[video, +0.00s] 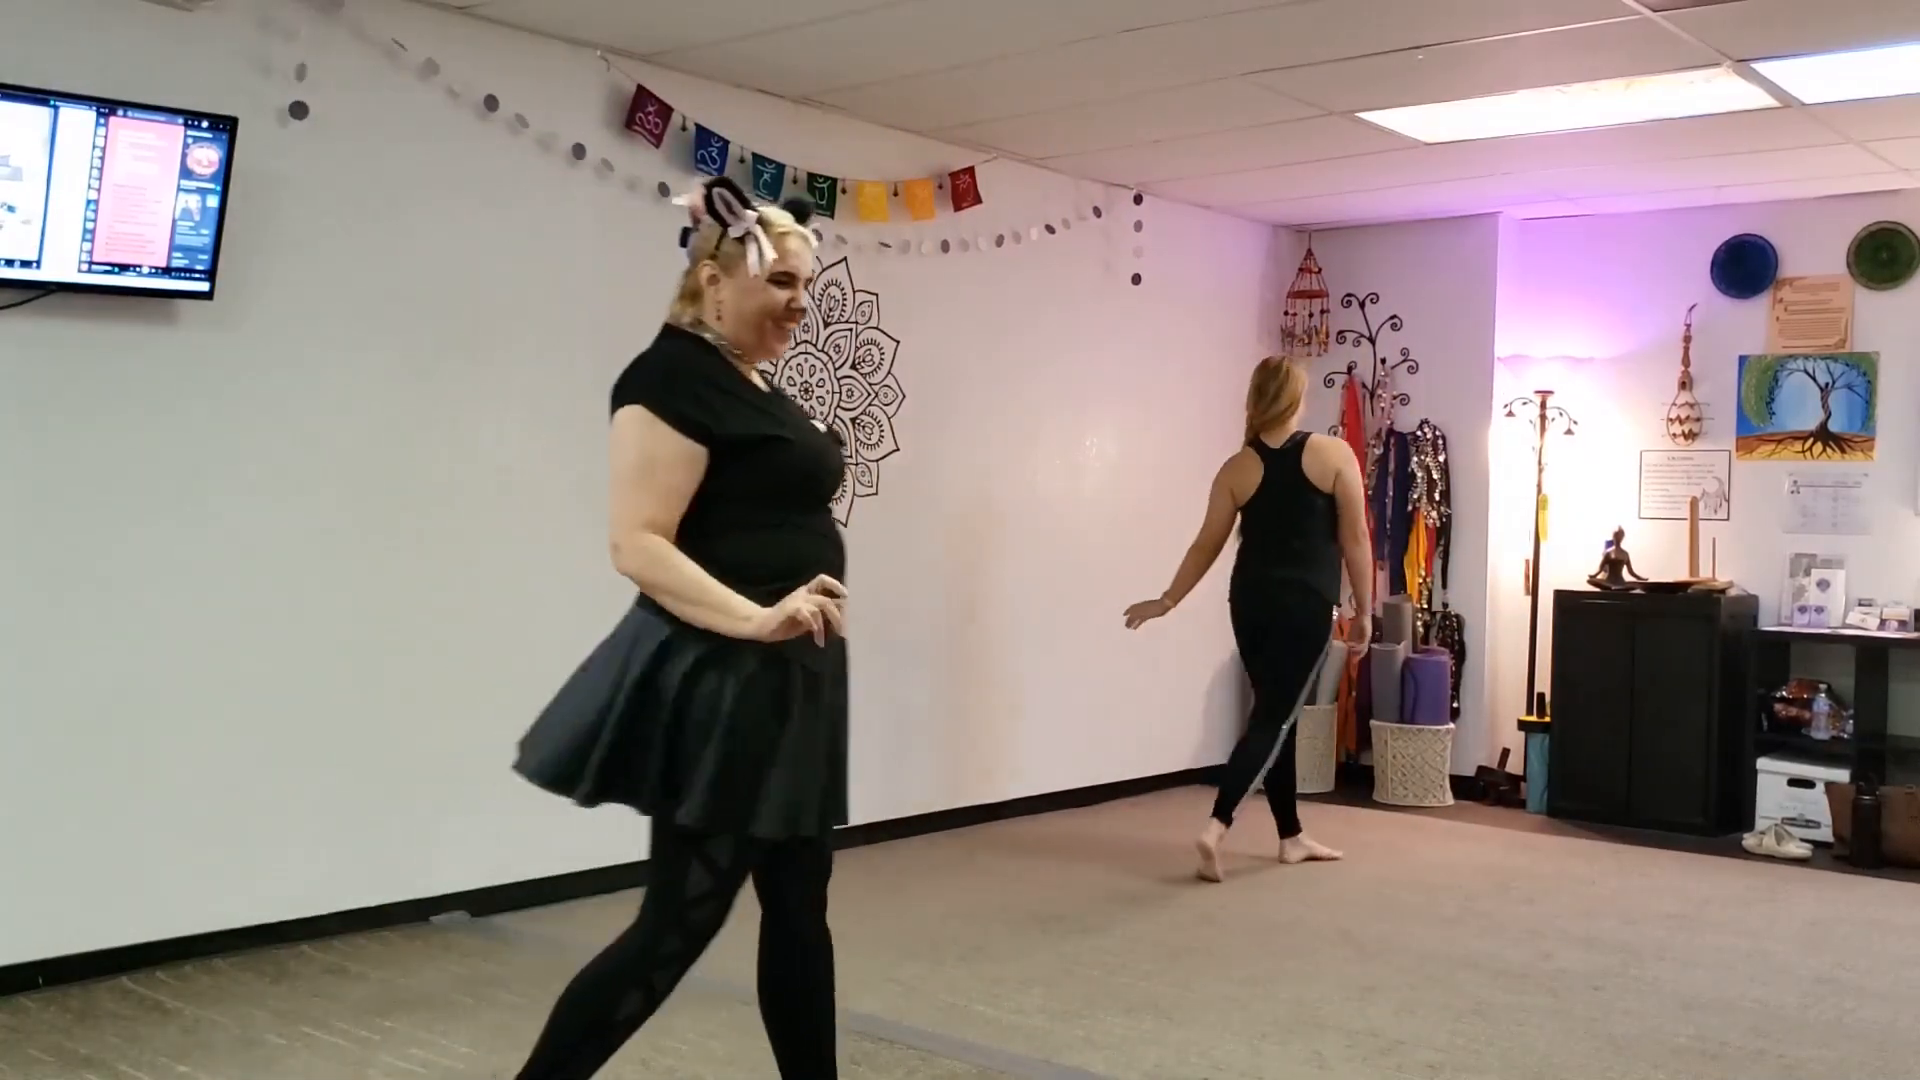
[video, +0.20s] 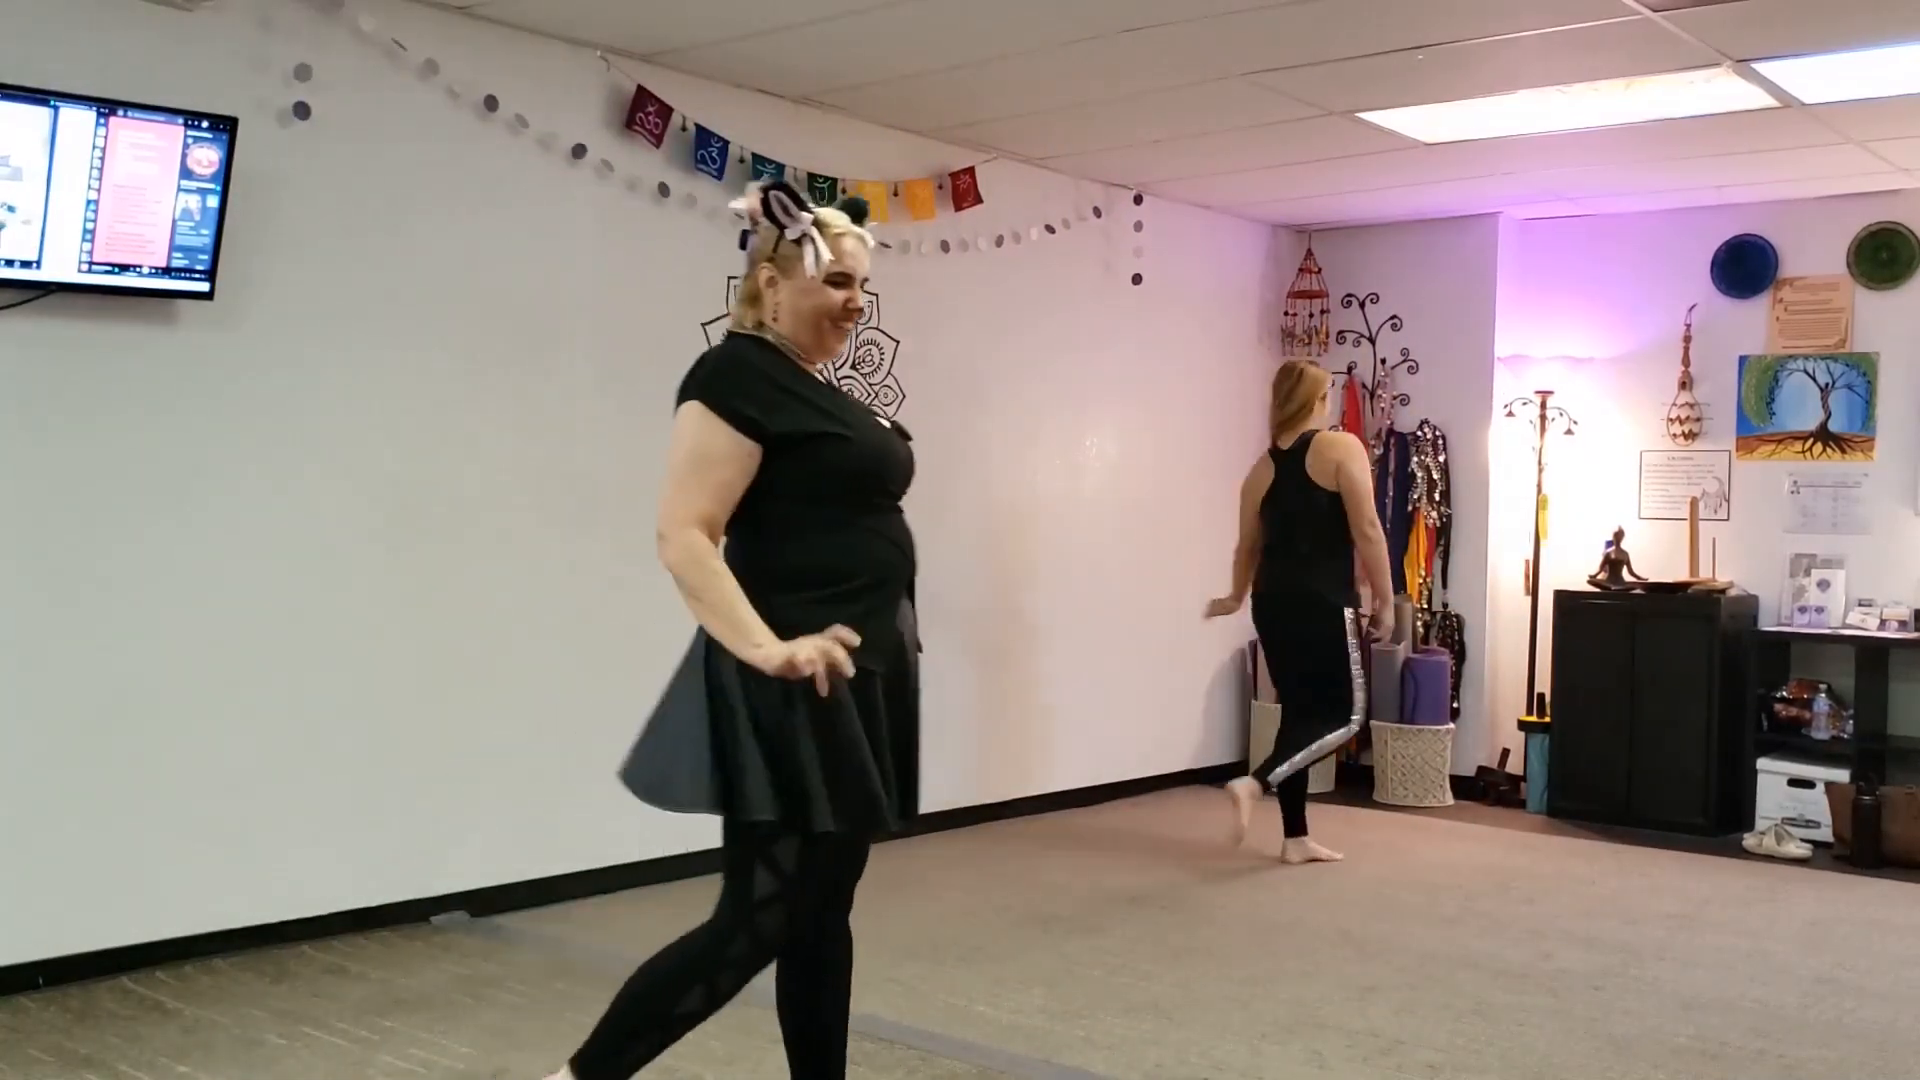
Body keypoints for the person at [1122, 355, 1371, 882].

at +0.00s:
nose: (1307, 402)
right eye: (1304, 395)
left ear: (1255, 401)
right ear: (1300, 401)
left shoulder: (1237, 468)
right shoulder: (1334, 455)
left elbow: (1207, 545)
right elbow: (1354, 540)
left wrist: (1167, 600)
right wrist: (1363, 608)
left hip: (1249, 601)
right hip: (1307, 603)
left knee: (1277, 713)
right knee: (1272, 716)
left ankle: (1291, 834)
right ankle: (1217, 824)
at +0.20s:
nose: (1331, 404)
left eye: (1328, 396)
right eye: (1328, 397)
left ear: (1280, 403)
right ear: (1320, 401)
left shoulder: (1262, 470)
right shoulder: (1342, 448)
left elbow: (1248, 544)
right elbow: (1366, 528)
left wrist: (1237, 594)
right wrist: (1385, 597)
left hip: (1273, 602)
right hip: (1323, 600)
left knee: (1295, 711)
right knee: (1348, 715)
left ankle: (1296, 836)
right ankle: (1256, 784)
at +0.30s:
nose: (1345, 407)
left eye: (1345, 399)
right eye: (1343, 399)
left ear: (1296, 402)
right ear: (1328, 401)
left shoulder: (1277, 464)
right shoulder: (1337, 444)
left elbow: (1274, 542)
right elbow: (1355, 523)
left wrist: (1280, 588)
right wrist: (1389, 591)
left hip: (1281, 596)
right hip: (1326, 596)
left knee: (1306, 708)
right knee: (1376, 704)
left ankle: (1297, 836)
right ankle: (1283, 772)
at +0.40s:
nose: (1361, 400)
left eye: (1360, 392)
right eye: (1356, 393)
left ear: (1320, 399)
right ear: (1333, 398)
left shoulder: (1305, 448)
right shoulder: (1329, 444)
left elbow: (1317, 530)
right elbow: (1341, 525)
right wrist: (1388, 591)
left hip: (1296, 592)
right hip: (1327, 593)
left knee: (1312, 707)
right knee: (1396, 691)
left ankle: (1298, 837)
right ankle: (1318, 777)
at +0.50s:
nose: (1373, 399)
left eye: (1372, 391)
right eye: (1366, 391)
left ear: (1335, 397)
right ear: (1339, 396)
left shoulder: (1332, 446)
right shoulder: (1325, 445)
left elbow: (1336, 526)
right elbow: (1325, 523)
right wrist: (1375, 584)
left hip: (1312, 593)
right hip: (1329, 594)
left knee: (1315, 710)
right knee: (1409, 688)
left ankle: (1296, 834)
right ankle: (1362, 802)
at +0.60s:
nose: (1387, 396)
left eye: (1386, 388)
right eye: (1377, 388)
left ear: (1362, 397)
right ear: (1347, 395)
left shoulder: (1357, 452)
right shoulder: (1331, 446)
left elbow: (1368, 538)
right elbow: (1313, 523)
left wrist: (1401, 590)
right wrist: (1358, 585)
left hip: (1330, 593)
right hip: (1337, 592)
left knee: (1318, 706)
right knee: (1406, 691)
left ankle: (1295, 832)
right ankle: (1416, 820)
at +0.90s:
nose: (1427, 403)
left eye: (1427, 395)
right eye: (1417, 396)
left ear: (1408, 406)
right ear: (1388, 405)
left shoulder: (1421, 465)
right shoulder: (1374, 462)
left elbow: (1439, 553)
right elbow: (1334, 533)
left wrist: (1474, 610)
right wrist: (1321, 605)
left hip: (1392, 608)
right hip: (1387, 609)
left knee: (1342, 717)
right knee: (1421, 720)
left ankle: (1296, 826)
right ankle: (1450, 837)